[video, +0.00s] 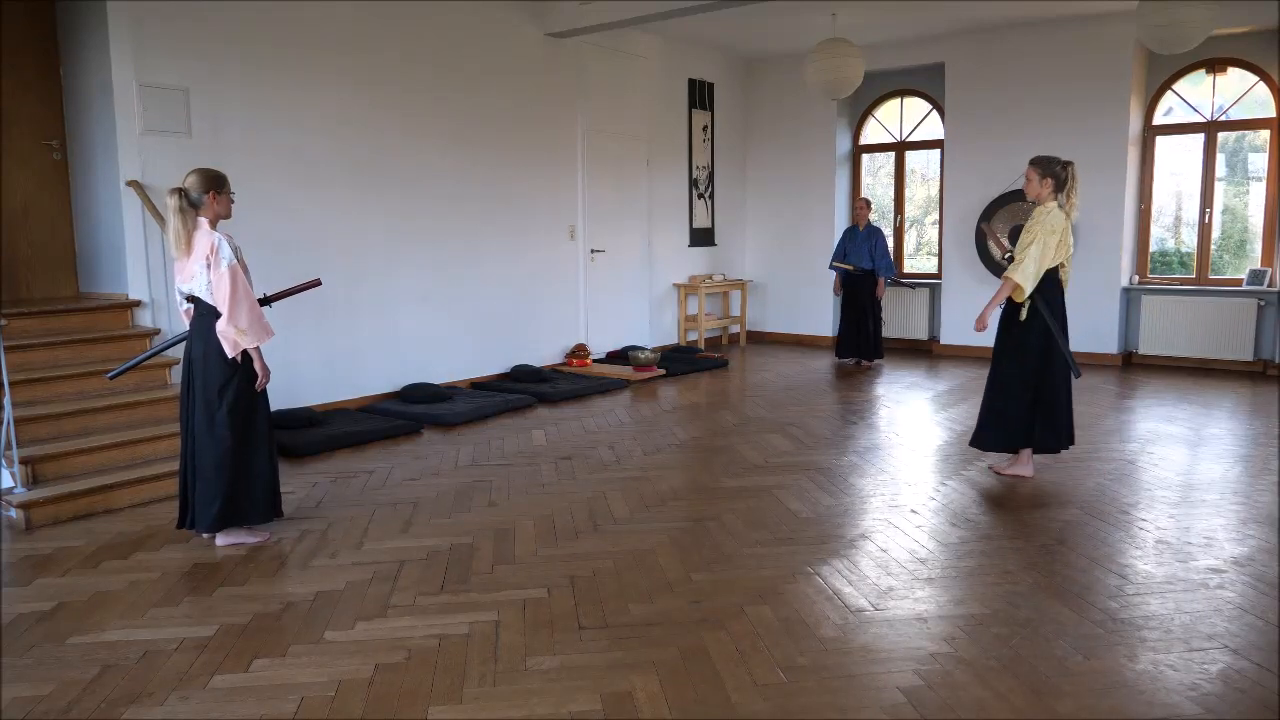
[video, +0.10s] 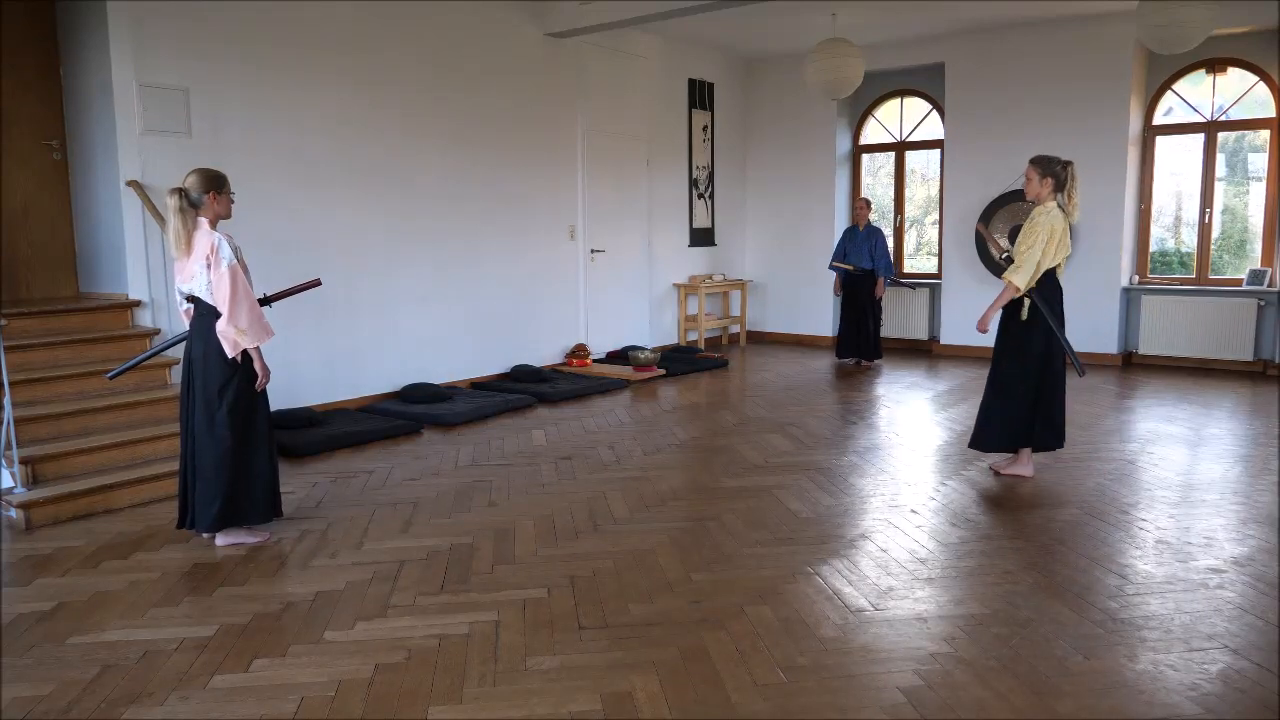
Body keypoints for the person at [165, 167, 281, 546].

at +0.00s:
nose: (233, 200)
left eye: (231, 194)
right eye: (229, 194)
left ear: (203, 199)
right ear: (212, 198)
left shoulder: (185, 241)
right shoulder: (218, 242)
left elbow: (186, 304)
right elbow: (235, 304)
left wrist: (207, 330)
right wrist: (255, 352)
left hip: (200, 343)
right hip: (225, 344)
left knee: (210, 432)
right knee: (233, 433)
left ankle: (212, 521)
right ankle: (231, 526)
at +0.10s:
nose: (233, 201)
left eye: (231, 194)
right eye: (229, 194)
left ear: (203, 199)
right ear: (212, 198)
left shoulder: (185, 242)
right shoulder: (218, 242)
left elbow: (186, 304)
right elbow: (235, 304)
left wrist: (209, 330)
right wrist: (255, 352)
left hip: (200, 344)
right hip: (225, 345)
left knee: (210, 432)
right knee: (233, 433)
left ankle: (212, 522)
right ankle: (231, 526)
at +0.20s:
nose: (233, 201)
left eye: (231, 194)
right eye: (229, 195)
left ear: (203, 199)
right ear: (212, 198)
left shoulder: (185, 241)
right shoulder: (218, 242)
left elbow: (186, 304)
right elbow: (235, 304)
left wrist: (206, 331)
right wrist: (255, 351)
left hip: (200, 343)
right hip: (225, 344)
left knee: (210, 432)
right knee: (233, 433)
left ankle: (213, 521)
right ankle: (231, 526)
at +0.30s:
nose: (233, 201)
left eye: (231, 195)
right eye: (229, 195)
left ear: (203, 199)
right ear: (212, 199)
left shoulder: (184, 242)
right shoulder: (219, 243)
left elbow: (186, 305)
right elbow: (235, 304)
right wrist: (256, 352)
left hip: (200, 344)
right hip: (225, 345)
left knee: (209, 432)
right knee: (232, 433)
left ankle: (212, 521)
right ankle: (230, 526)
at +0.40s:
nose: (232, 201)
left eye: (231, 195)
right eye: (229, 195)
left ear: (203, 199)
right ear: (212, 199)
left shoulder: (184, 242)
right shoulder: (219, 243)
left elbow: (186, 304)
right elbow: (235, 304)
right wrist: (256, 352)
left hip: (200, 343)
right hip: (225, 345)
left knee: (209, 432)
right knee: (232, 433)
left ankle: (212, 521)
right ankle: (229, 526)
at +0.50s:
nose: (232, 202)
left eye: (231, 195)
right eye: (229, 196)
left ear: (203, 199)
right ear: (212, 199)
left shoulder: (184, 241)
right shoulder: (218, 242)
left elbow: (186, 304)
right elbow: (234, 304)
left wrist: (207, 331)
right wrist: (255, 352)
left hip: (200, 344)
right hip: (225, 345)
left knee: (209, 432)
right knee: (232, 433)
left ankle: (212, 521)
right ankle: (230, 526)